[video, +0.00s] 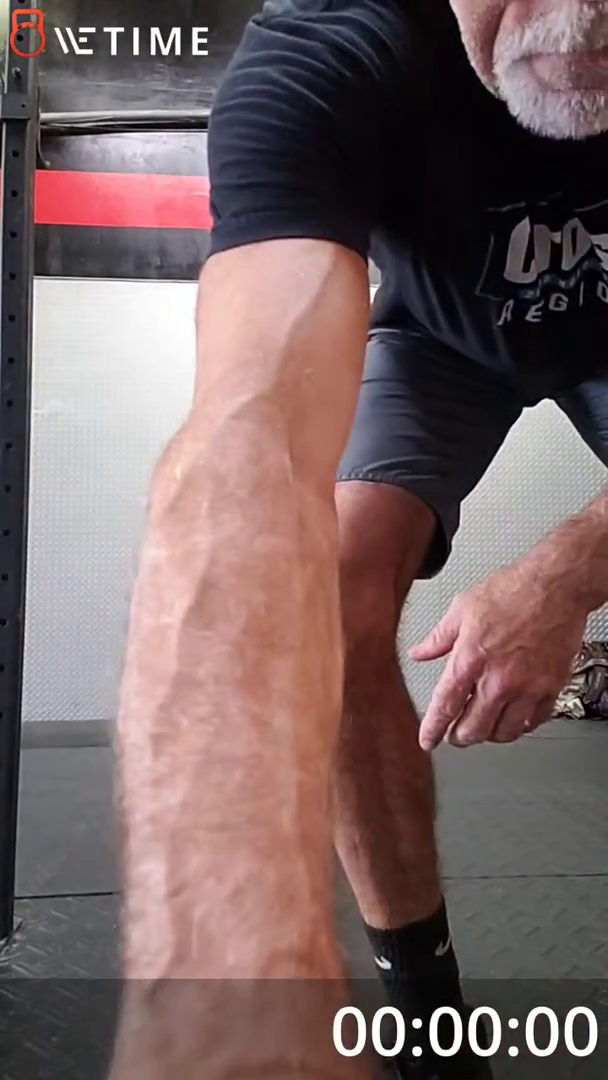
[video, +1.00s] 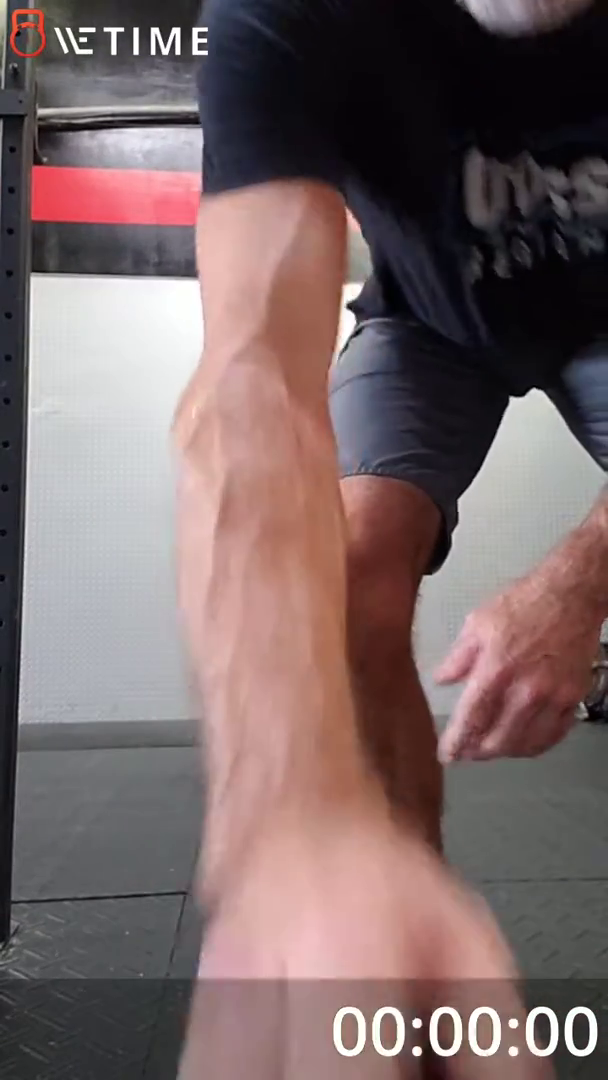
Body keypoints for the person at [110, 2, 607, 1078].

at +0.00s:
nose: (571, 19)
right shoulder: (328, 54)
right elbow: (248, 453)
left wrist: (569, 579)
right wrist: (234, 1017)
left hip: (598, 338)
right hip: (446, 328)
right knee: (333, 584)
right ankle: (427, 1005)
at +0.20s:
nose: (573, 15)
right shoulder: (331, 54)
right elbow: (254, 463)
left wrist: (571, 575)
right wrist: (251, 1019)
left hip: (601, 338)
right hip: (448, 326)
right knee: (337, 591)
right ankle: (428, 1008)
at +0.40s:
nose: (570, 16)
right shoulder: (336, 46)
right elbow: (258, 464)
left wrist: (573, 576)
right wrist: (265, 1035)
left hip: (603, 340)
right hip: (449, 326)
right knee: (340, 590)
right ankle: (426, 1006)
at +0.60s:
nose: (577, 18)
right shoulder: (337, 49)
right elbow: (260, 474)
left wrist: (578, 572)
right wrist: (268, 1028)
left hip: (603, 338)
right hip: (449, 326)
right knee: (341, 597)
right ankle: (422, 1000)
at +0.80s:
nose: (573, 11)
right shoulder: (333, 56)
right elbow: (264, 467)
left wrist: (580, 568)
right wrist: (268, 1031)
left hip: (597, 338)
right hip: (447, 327)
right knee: (340, 584)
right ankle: (423, 1007)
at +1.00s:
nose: (533, 5)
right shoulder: (288, 16)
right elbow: (253, 380)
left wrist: (581, 582)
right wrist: (291, 826)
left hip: (591, 319)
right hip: (430, 312)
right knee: (353, 559)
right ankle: (394, 957)